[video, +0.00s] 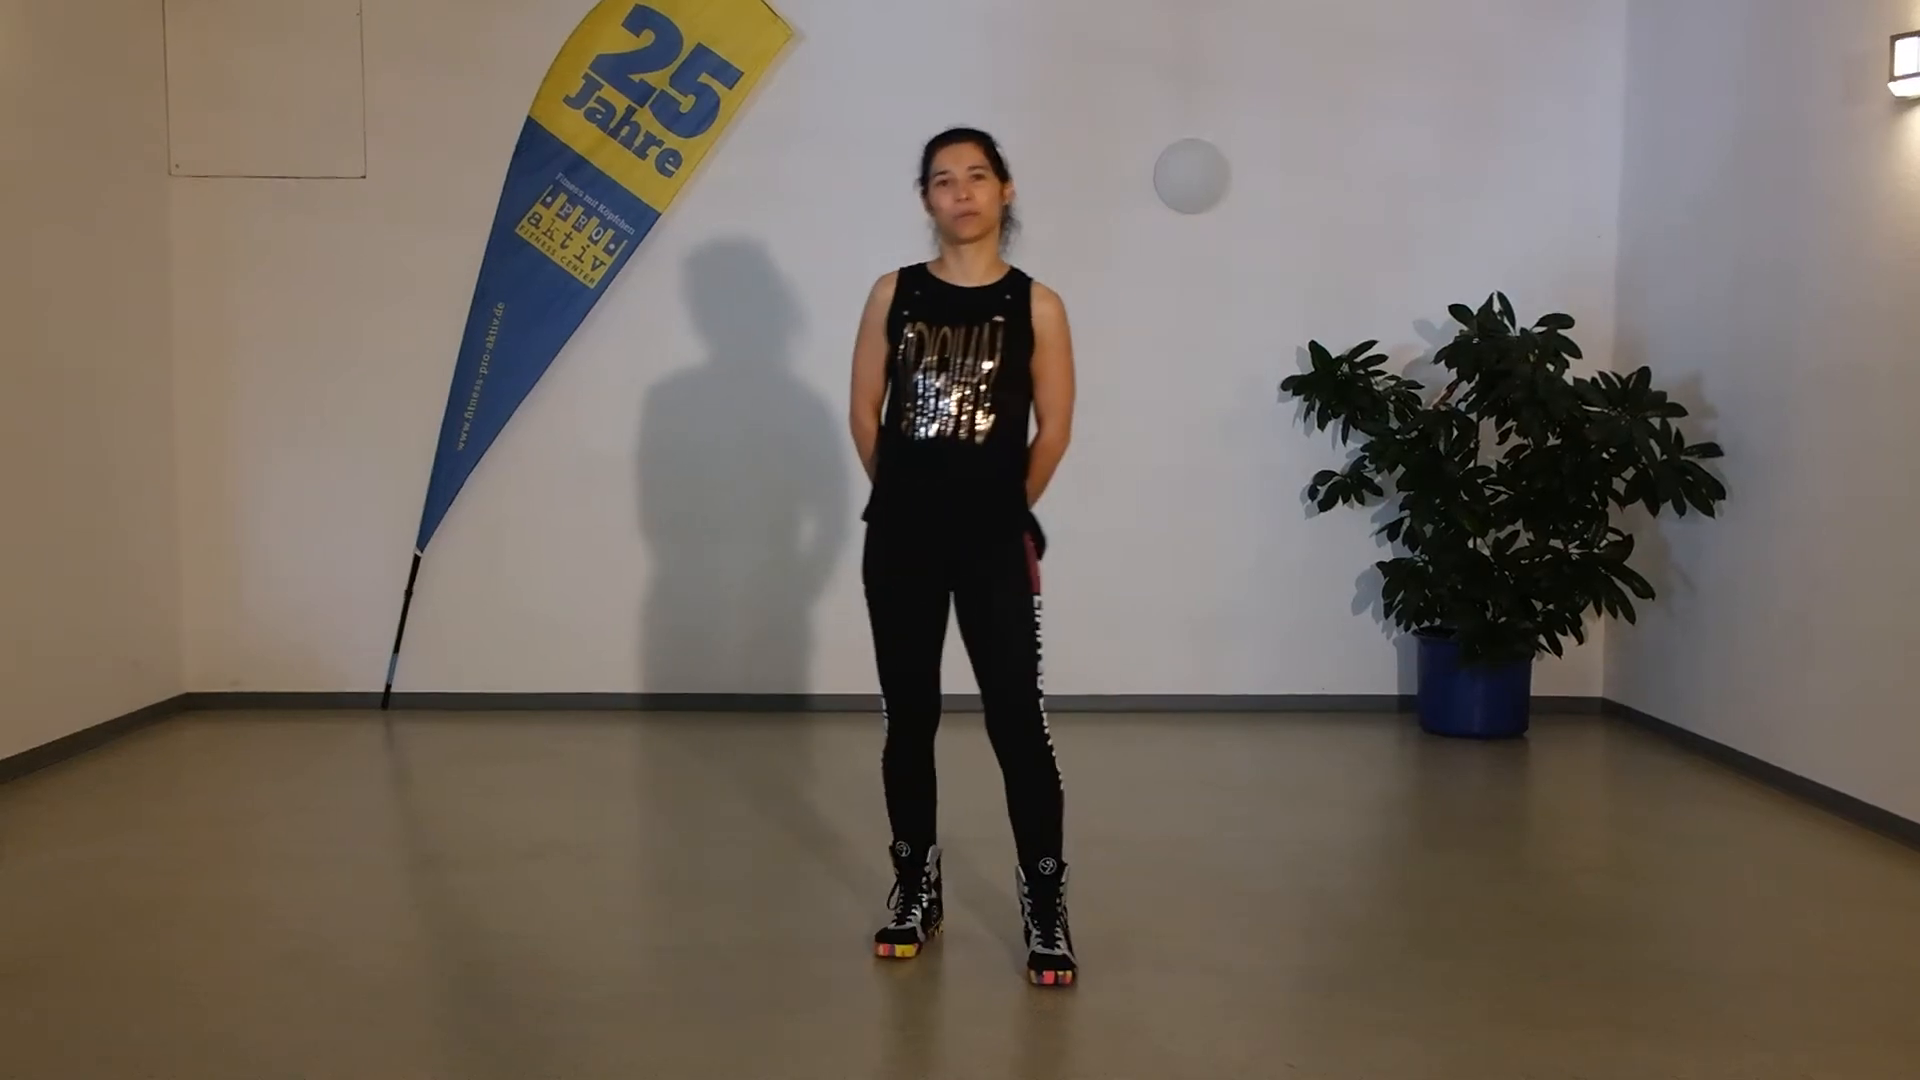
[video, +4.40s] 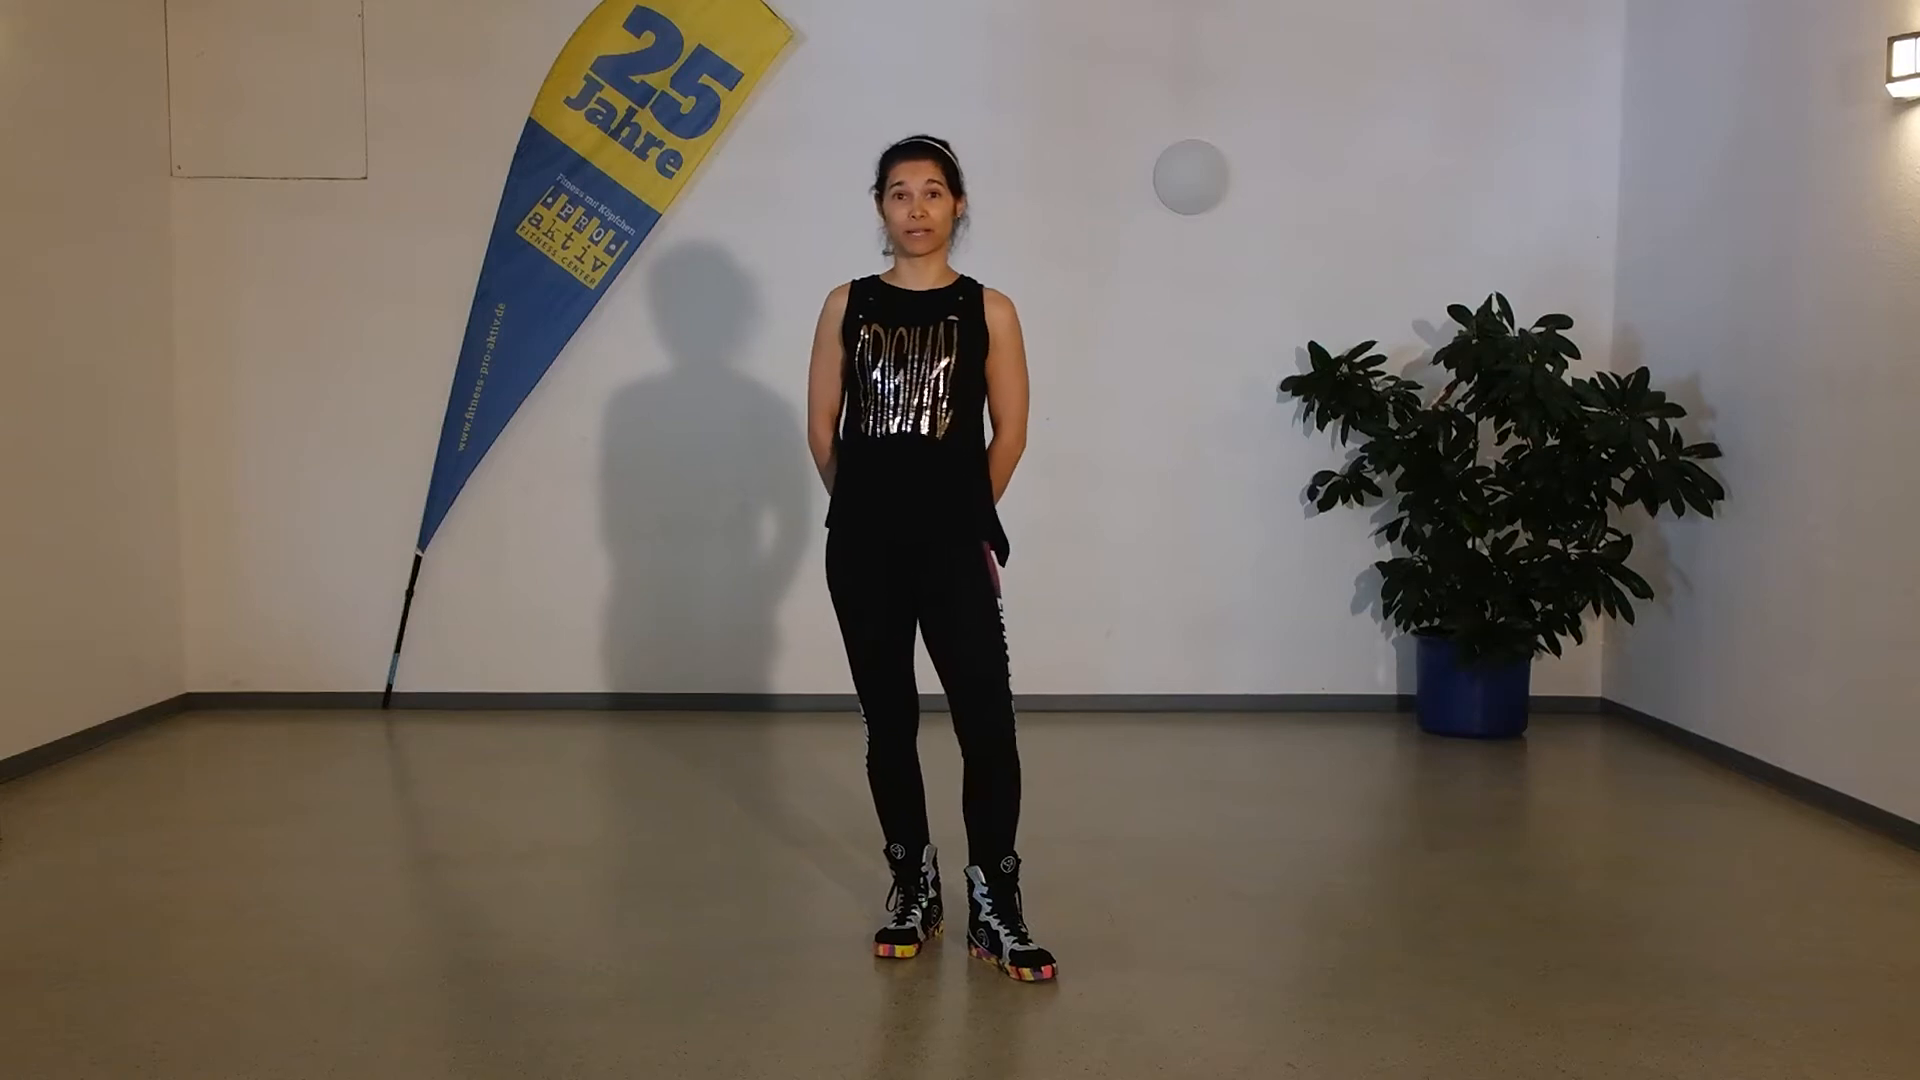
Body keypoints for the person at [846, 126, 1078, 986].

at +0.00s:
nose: (959, 191)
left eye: (975, 177)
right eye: (943, 181)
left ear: (1005, 194)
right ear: (925, 201)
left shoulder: (1036, 303)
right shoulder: (893, 293)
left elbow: (1055, 426)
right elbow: (864, 416)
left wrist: (1013, 510)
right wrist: (894, 494)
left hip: (993, 531)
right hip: (902, 529)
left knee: (1017, 724)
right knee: (908, 719)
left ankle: (1046, 910)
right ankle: (913, 893)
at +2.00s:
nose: (916, 195)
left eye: (931, 182)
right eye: (899, 184)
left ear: (955, 202)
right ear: (876, 205)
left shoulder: (992, 297)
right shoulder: (846, 301)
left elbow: (1013, 422)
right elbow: (827, 427)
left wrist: (971, 498)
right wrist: (868, 505)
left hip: (967, 534)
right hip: (877, 538)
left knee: (1005, 720)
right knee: (897, 720)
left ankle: (1001, 901)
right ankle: (913, 886)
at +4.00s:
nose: (926, 211)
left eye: (943, 198)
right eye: (911, 197)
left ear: (966, 215)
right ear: (891, 211)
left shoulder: (990, 317)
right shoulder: (849, 301)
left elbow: (1005, 439)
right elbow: (817, 426)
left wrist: (960, 521)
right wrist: (848, 503)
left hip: (946, 542)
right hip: (854, 539)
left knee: (978, 726)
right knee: (883, 725)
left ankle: (993, 907)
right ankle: (911, 893)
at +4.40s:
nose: (915, 206)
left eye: (930, 192)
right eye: (899, 193)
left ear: (956, 207)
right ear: (880, 210)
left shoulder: (989, 309)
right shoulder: (846, 305)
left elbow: (1011, 433)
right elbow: (822, 433)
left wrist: (968, 512)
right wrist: (859, 504)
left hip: (956, 539)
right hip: (864, 542)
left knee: (987, 724)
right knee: (889, 724)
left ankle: (995, 902)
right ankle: (911, 886)